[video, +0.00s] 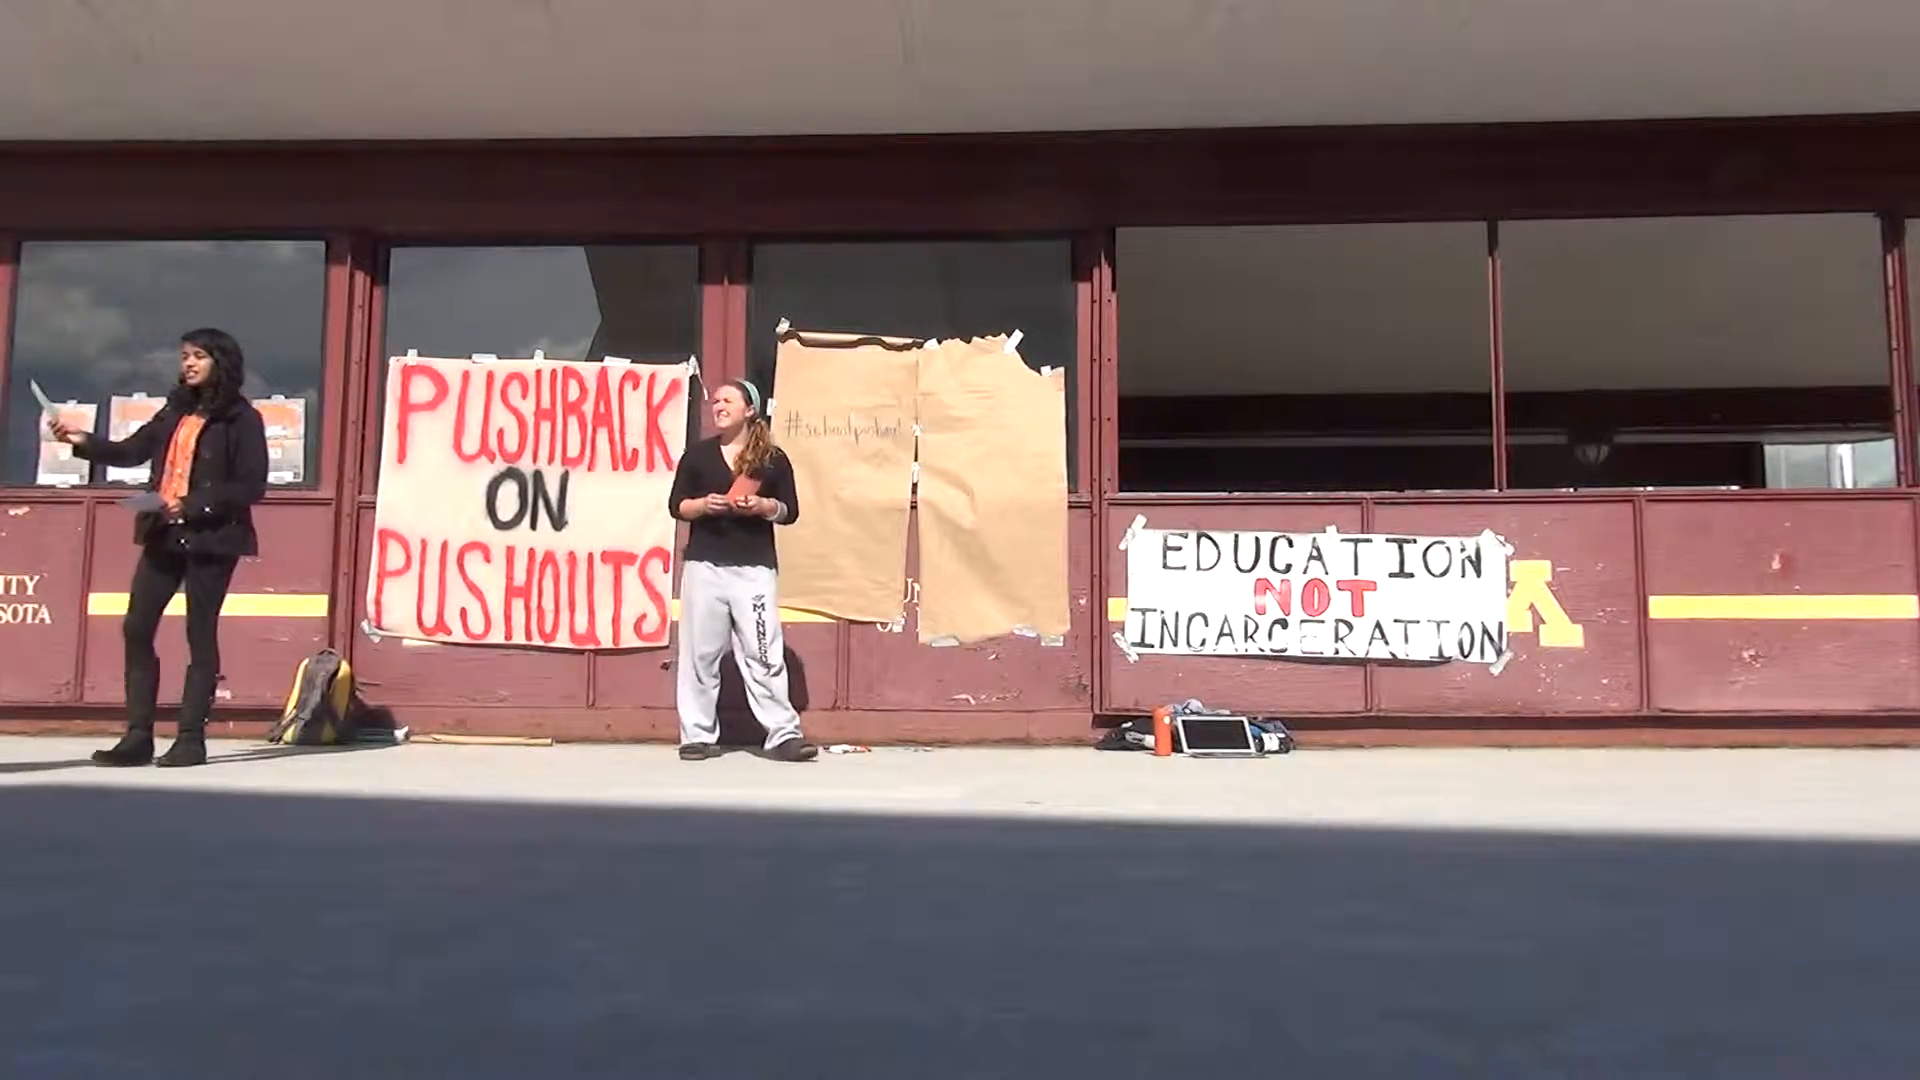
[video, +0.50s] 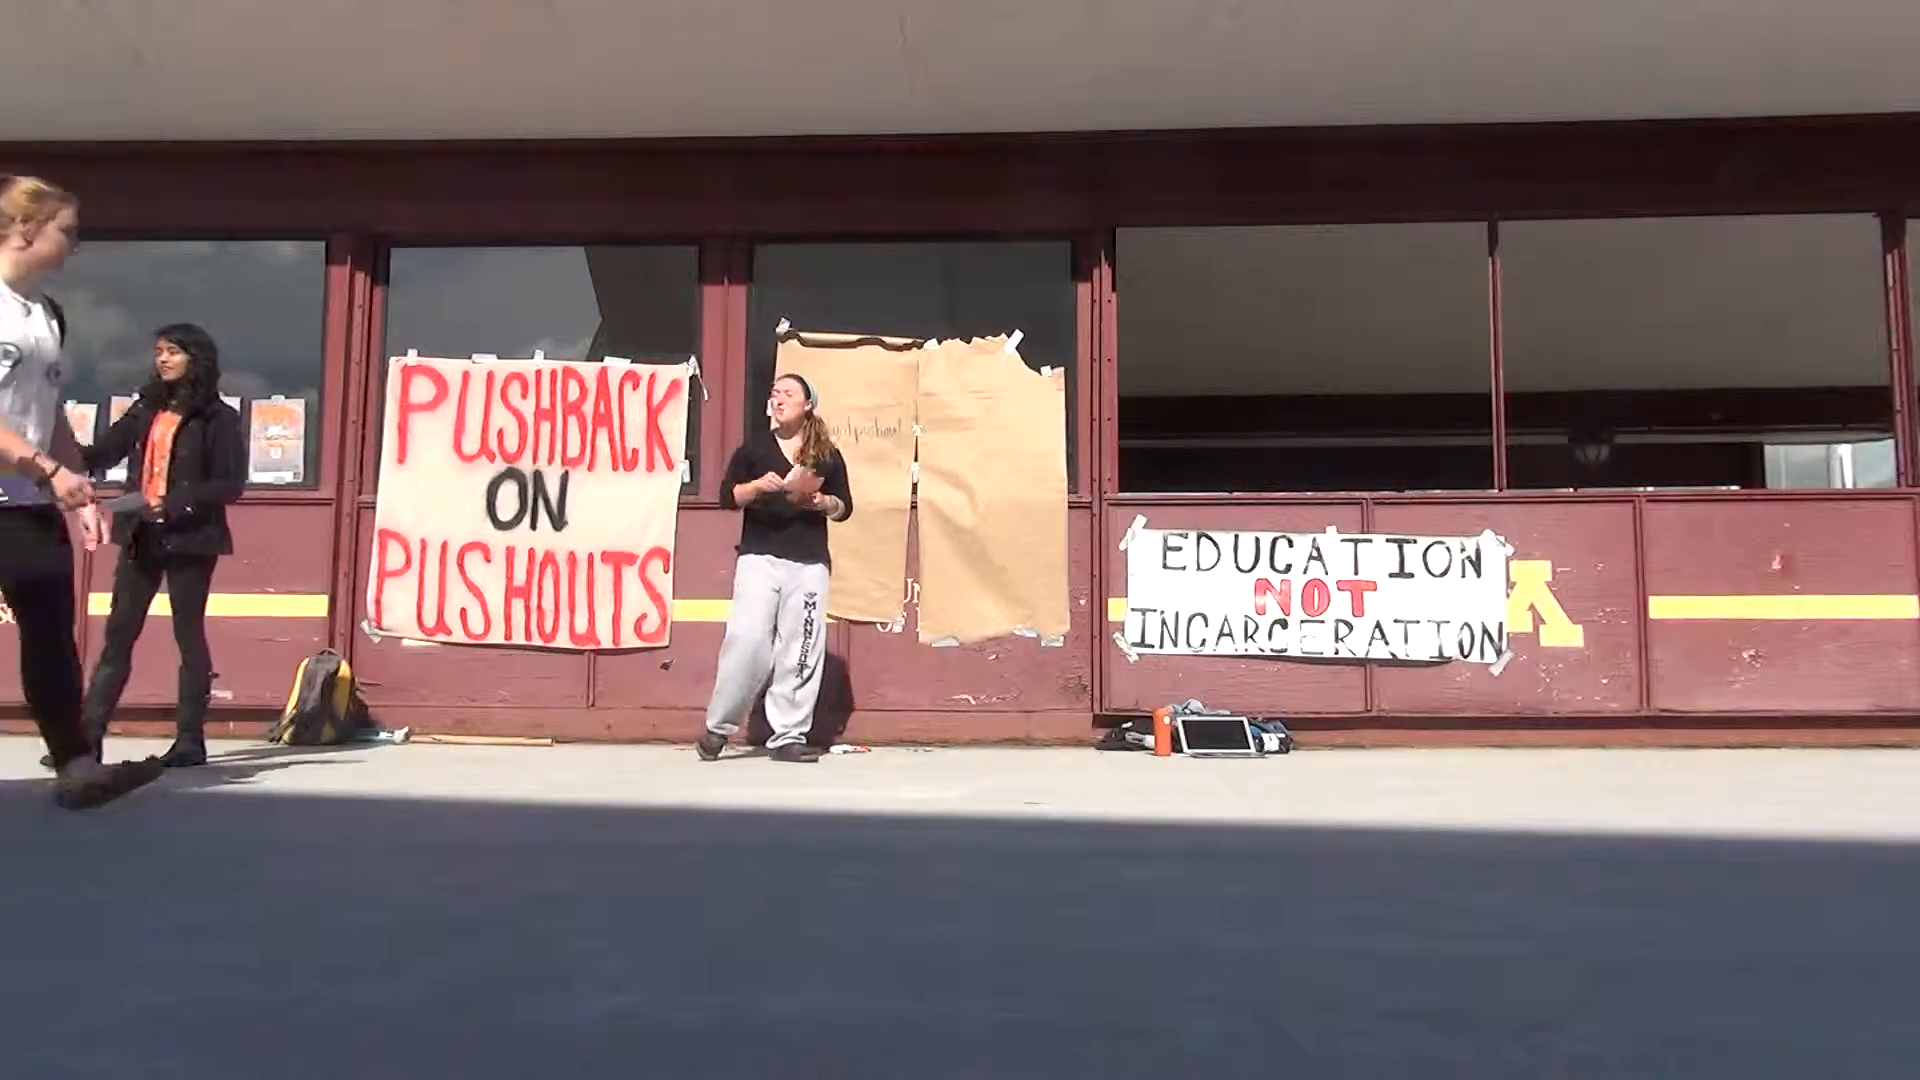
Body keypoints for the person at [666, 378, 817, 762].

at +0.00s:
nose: (717, 407)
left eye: (726, 401)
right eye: (716, 401)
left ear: (749, 410)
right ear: (715, 408)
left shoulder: (773, 457)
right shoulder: (696, 455)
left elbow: (789, 511)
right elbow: (677, 507)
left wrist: (764, 507)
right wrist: (705, 506)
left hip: (755, 569)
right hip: (704, 567)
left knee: (765, 653)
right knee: (701, 654)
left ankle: (783, 734)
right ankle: (697, 736)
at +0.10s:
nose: (728, 405)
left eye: (737, 399)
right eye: (727, 399)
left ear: (760, 408)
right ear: (725, 407)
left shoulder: (784, 456)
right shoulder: (708, 453)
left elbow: (800, 510)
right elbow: (687, 506)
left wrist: (778, 507)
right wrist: (715, 505)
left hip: (767, 565)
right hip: (716, 564)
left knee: (772, 652)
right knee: (707, 650)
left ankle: (784, 735)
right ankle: (698, 735)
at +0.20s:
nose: (742, 402)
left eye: (752, 397)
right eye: (740, 396)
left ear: (774, 406)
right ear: (736, 405)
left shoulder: (796, 455)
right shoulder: (718, 452)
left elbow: (813, 507)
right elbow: (695, 503)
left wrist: (791, 506)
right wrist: (725, 504)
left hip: (780, 564)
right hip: (729, 562)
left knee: (781, 651)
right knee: (717, 648)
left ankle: (785, 736)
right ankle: (699, 735)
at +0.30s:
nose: (756, 399)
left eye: (765, 394)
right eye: (752, 395)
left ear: (787, 405)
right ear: (748, 405)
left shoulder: (808, 453)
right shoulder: (732, 450)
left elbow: (826, 505)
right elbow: (710, 501)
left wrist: (806, 504)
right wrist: (741, 499)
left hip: (792, 564)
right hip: (742, 561)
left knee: (791, 650)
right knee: (725, 647)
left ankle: (788, 736)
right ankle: (700, 733)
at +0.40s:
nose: (768, 399)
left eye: (777, 394)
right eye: (765, 394)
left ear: (799, 405)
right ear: (760, 404)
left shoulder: (818, 453)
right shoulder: (743, 450)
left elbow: (836, 505)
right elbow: (719, 499)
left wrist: (820, 504)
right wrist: (752, 495)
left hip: (802, 563)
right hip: (752, 560)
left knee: (797, 649)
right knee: (734, 644)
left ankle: (788, 737)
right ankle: (706, 729)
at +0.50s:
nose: (776, 400)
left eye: (786, 394)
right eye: (773, 394)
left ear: (808, 406)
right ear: (769, 404)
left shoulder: (827, 454)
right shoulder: (753, 449)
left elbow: (844, 507)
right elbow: (727, 496)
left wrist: (827, 503)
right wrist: (758, 486)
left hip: (809, 562)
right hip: (759, 557)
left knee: (801, 647)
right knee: (748, 639)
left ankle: (788, 737)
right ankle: (719, 726)